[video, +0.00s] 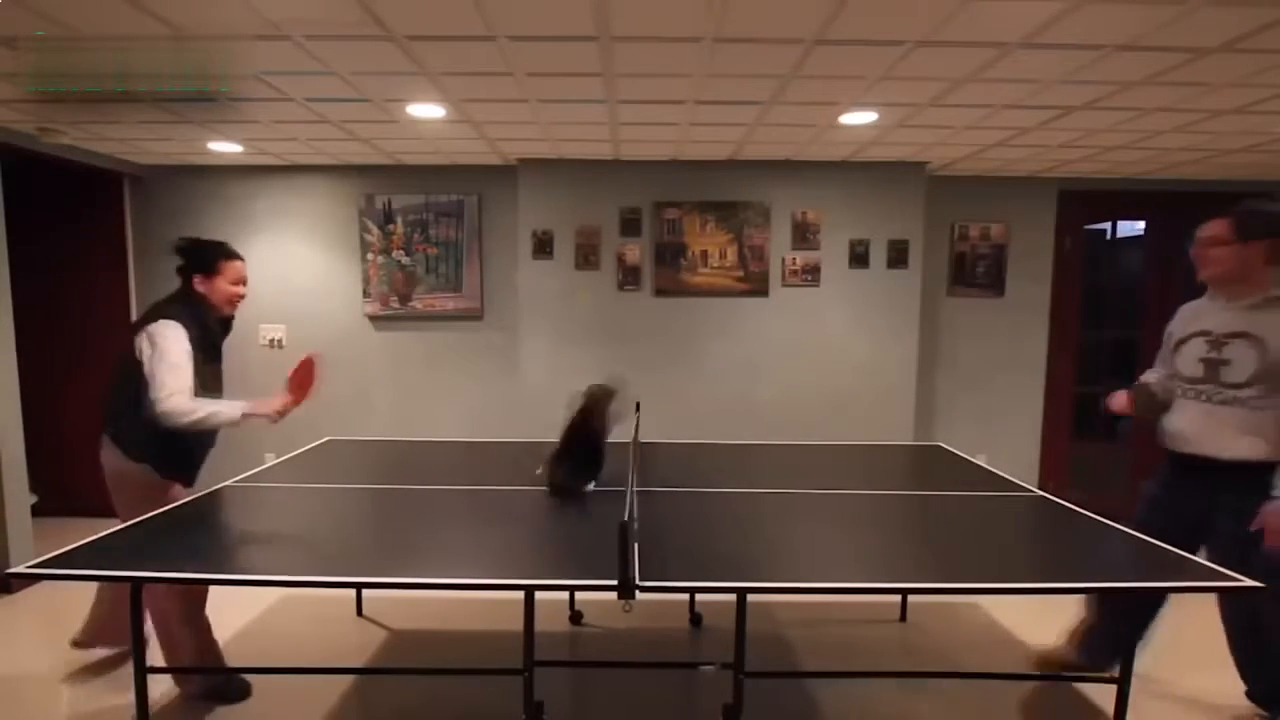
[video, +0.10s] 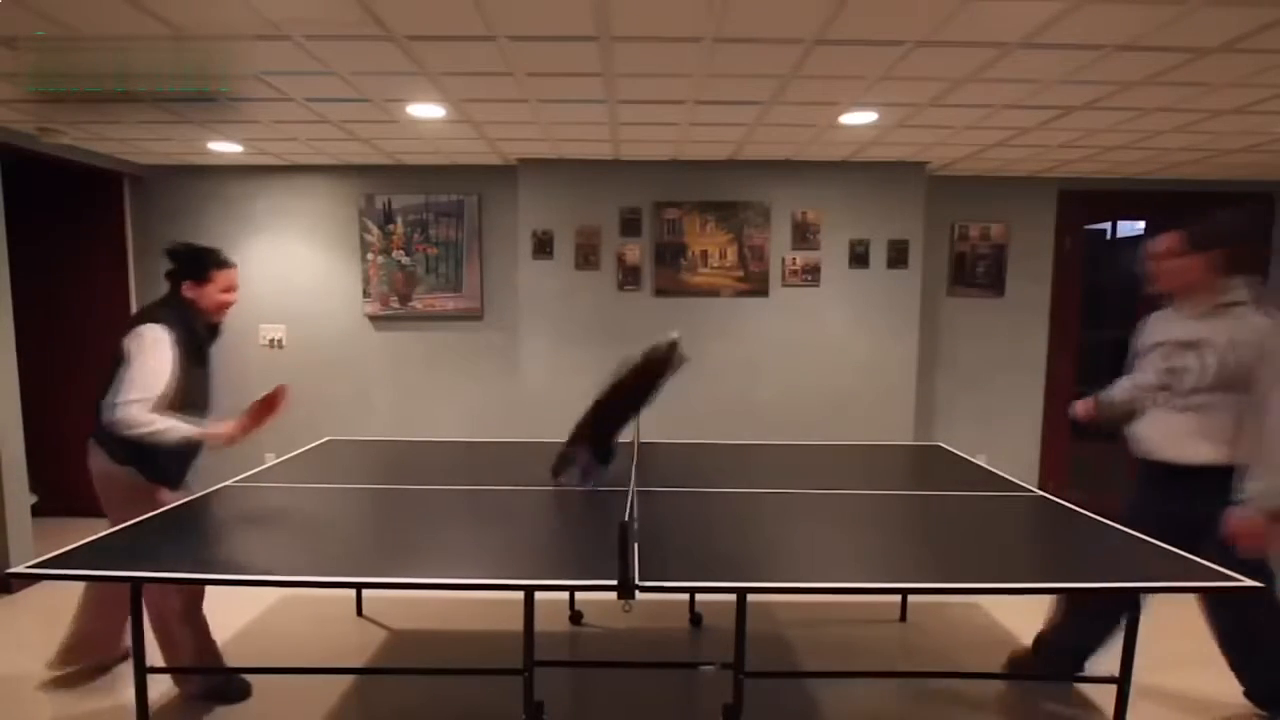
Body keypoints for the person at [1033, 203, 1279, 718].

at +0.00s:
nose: (1201, 256)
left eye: (1215, 246)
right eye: (1199, 247)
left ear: (1255, 252)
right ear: (1196, 254)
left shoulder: (1273, 313)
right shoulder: (1189, 314)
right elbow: (1164, 380)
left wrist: (1278, 498)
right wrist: (1134, 396)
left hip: (1250, 476)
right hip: (1183, 469)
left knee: (1249, 592)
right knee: (1143, 565)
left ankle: (1270, 697)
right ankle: (1095, 653)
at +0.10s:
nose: (1156, 270)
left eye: (1167, 258)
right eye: (1153, 260)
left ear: (1206, 260)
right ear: (1153, 269)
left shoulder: (1256, 328)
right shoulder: (1156, 325)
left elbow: (1270, 419)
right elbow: (1142, 385)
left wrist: (1257, 499)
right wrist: (1098, 404)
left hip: (1221, 483)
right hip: (1156, 479)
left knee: (1242, 603)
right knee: (1112, 580)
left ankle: (1273, 693)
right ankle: (1051, 661)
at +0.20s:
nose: (1096, 280)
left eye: (1108, 270)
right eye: (1095, 270)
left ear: (1146, 273)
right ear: (1101, 277)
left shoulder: (1202, 337)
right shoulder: (1112, 333)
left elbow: (1223, 424)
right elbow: (1103, 389)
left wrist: (1205, 504)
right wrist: (1065, 412)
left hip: (1171, 488)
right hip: (1109, 483)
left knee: (1203, 599)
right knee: (1063, 559)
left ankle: (1273, 694)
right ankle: (1052, 656)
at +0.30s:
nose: (1064, 272)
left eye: (1074, 263)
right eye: (1064, 263)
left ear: (1110, 267)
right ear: (1095, 270)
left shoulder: (1164, 325)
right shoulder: (1092, 318)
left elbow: (1189, 411)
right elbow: (1080, 387)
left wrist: (1166, 485)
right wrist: (1034, 409)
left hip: (1133, 474)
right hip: (1083, 466)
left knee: (1153, 585)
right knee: (1053, 560)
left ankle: (1243, 665)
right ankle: (1048, 652)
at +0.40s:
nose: (1055, 268)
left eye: (1060, 256)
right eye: (1054, 257)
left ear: (1094, 255)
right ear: (1088, 258)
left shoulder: (1145, 312)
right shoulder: (1096, 307)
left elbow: (1171, 396)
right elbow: (1096, 389)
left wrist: (1142, 468)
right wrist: (1051, 412)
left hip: (1109, 456)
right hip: (1075, 450)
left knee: (1100, 565)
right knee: (1057, 556)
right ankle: (1033, 656)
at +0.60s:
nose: (1046, 295)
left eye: (1047, 285)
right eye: (1044, 285)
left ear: (1066, 280)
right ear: (1087, 278)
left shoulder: (1092, 329)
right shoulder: (1137, 319)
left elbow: (1107, 412)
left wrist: (1092, 486)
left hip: (1113, 458)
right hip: (1143, 452)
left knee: (1064, 561)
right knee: (1056, 540)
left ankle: (1110, 677)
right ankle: (1059, 634)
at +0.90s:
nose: (1066, 326)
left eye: (1067, 317)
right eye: (1064, 319)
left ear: (1084, 313)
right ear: (1091, 313)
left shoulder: (1098, 340)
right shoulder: (1116, 340)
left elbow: (1095, 403)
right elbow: (1098, 410)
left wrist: (1075, 458)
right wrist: (1055, 441)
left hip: (1124, 446)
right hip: (1135, 444)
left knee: (1089, 540)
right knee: (1097, 540)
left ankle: (1093, 648)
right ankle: (1102, 638)